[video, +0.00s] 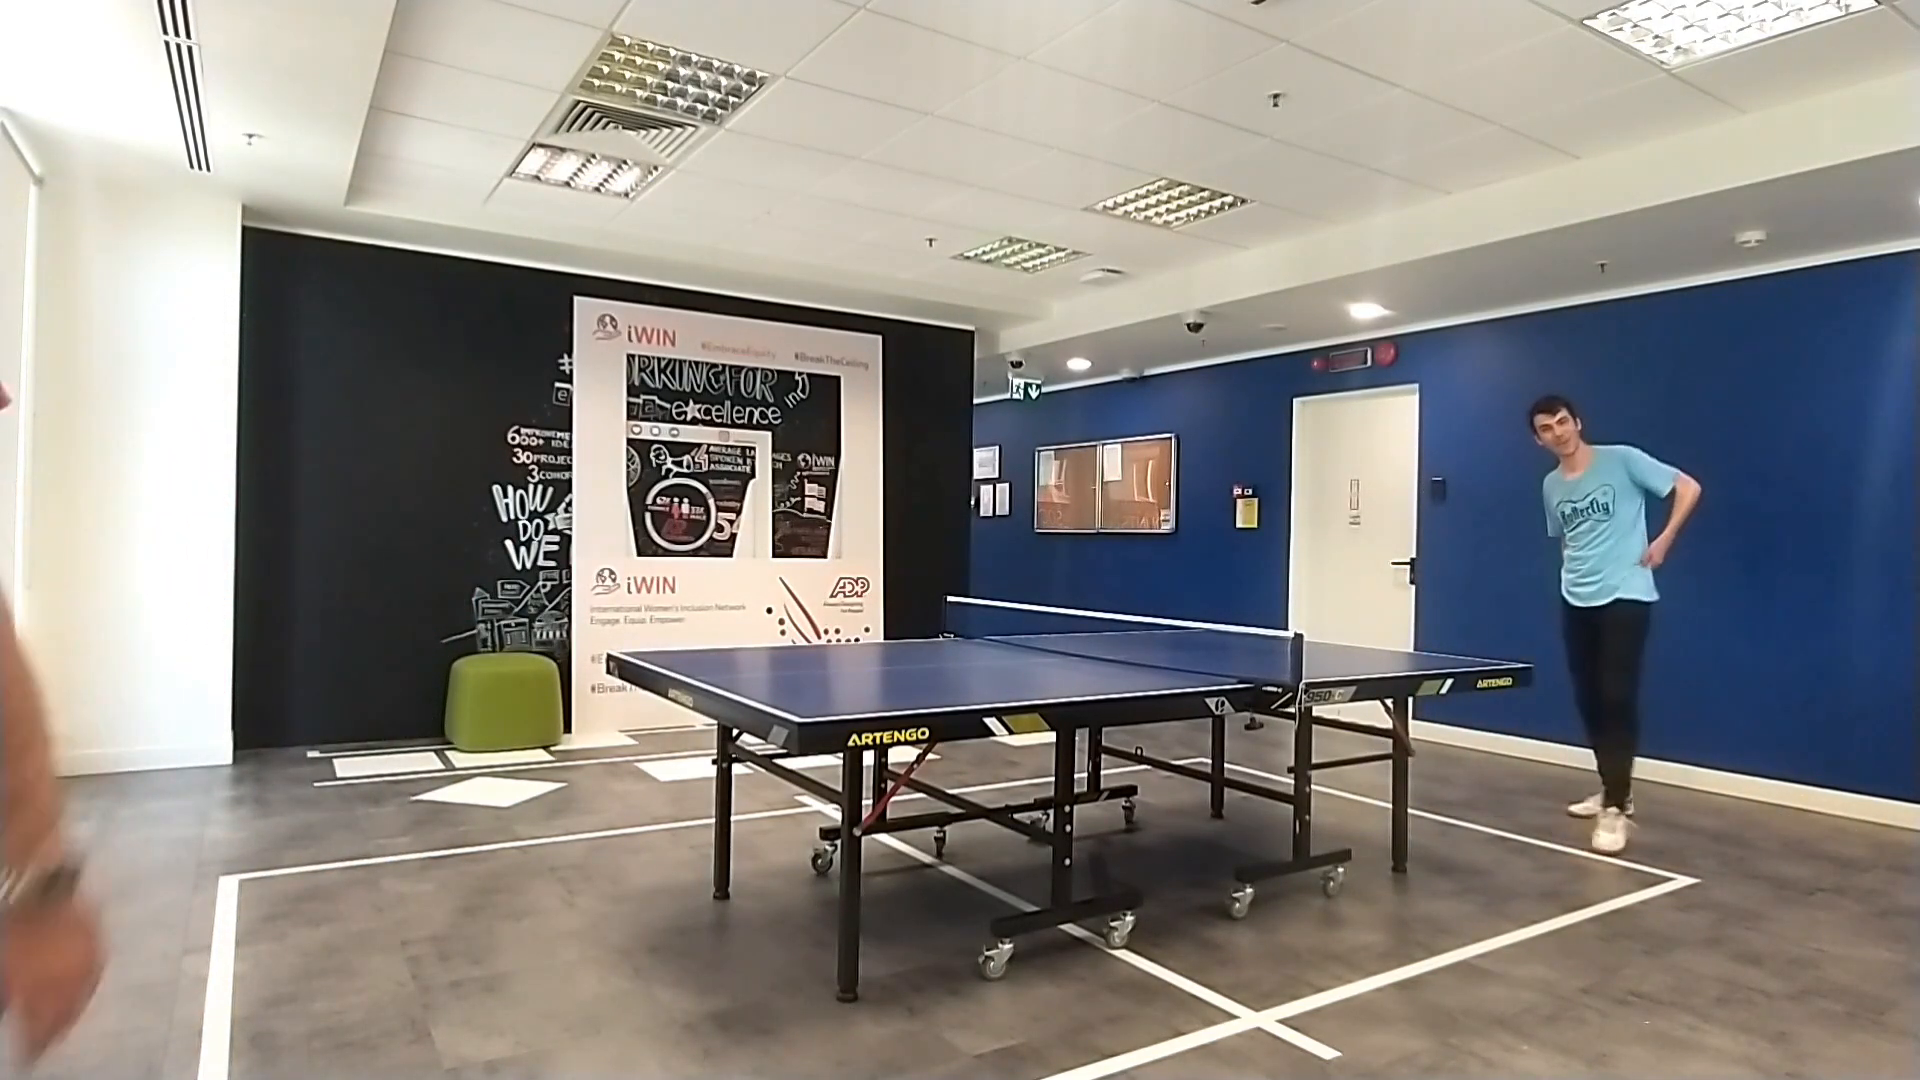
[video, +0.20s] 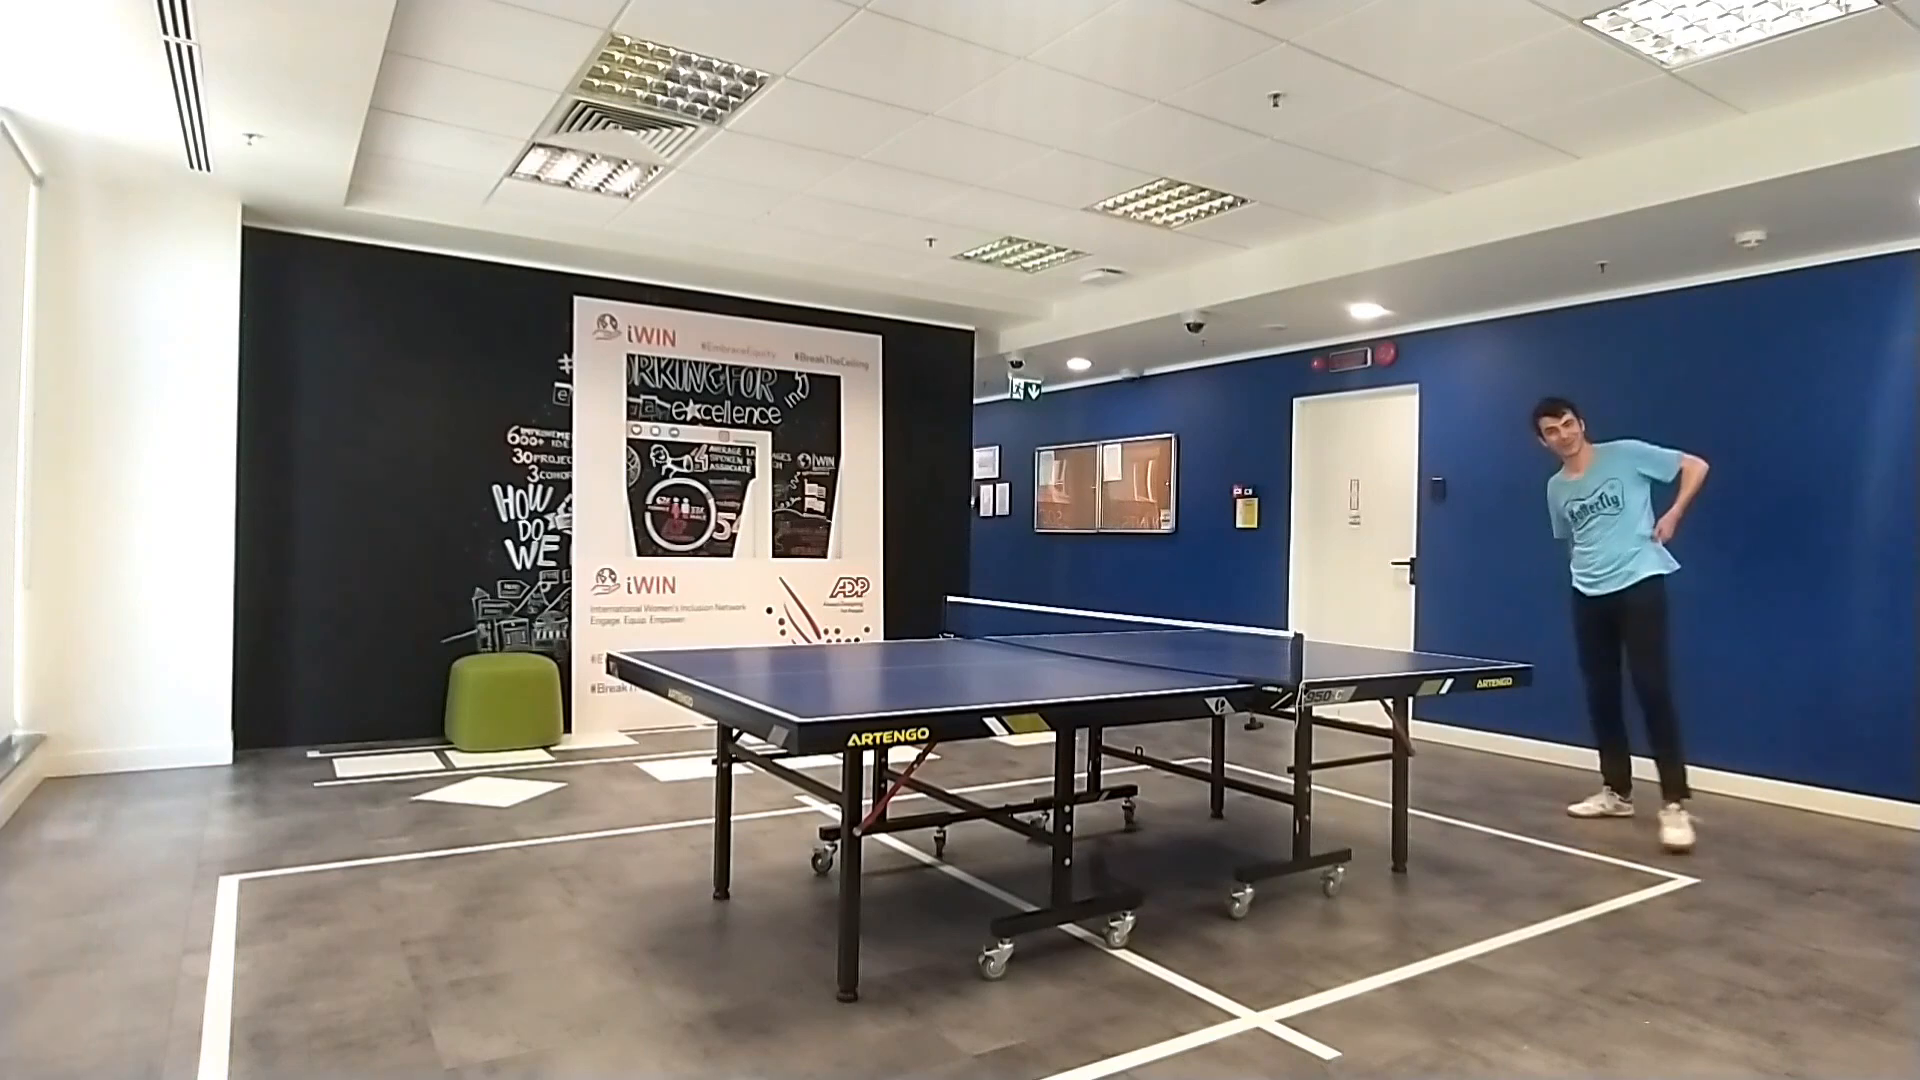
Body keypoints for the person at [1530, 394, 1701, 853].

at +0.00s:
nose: (1556, 431)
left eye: (1560, 421)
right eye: (1546, 428)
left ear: (1576, 422)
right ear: (1540, 440)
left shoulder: (1622, 459)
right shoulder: (1552, 485)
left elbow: (1688, 487)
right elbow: (1564, 542)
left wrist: (1664, 540)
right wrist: (1571, 583)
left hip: (1626, 595)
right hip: (1578, 601)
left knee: (1617, 695)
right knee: (1590, 697)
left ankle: (1617, 809)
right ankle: (1612, 791)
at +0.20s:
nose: (1562, 433)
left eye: (1566, 423)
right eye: (1551, 430)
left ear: (1580, 423)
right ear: (1544, 441)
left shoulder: (1623, 454)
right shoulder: (1556, 488)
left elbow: (1695, 466)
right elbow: (1569, 543)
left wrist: (1673, 515)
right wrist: (1586, 574)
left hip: (1640, 583)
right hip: (1590, 594)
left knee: (1651, 688)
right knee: (1602, 692)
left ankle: (1674, 805)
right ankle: (1617, 793)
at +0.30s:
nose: (1573, 432)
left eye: (1578, 422)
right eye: (1563, 428)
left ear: (1591, 422)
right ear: (1553, 439)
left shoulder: (1632, 454)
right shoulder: (1561, 486)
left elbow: (1701, 471)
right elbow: (1572, 542)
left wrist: (1680, 519)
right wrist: (1589, 574)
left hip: (1647, 587)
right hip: (1594, 596)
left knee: (1667, 689)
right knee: (1606, 695)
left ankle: (1698, 803)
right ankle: (1617, 793)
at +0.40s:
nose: (1592, 428)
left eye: (1596, 420)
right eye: (1581, 423)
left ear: (1607, 421)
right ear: (1568, 433)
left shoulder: (1645, 455)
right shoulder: (1568, 484)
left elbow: (1708, 478)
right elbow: (1576, 542)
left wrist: (1690, 522)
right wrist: (1588, 581)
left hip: (1656, 589)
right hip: (1601, 597)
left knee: (1680, 692)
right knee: (1608, 696)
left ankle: (1712, 800)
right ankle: (1617, 794)